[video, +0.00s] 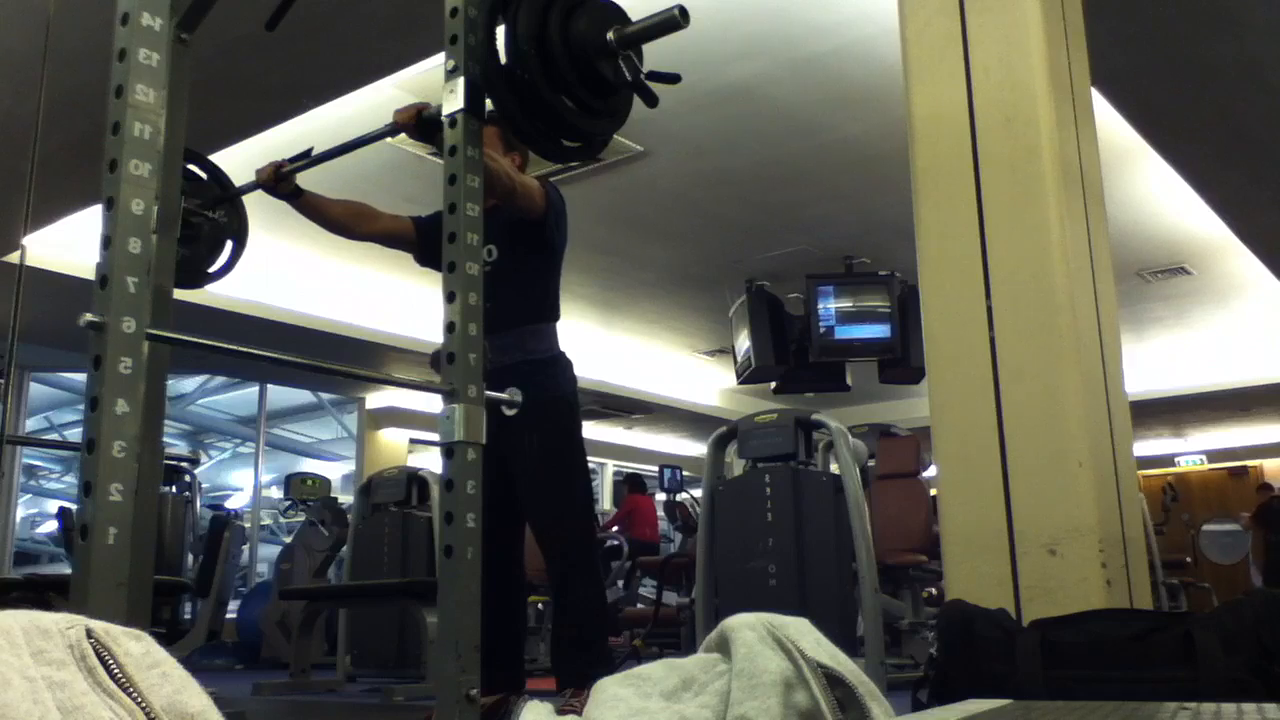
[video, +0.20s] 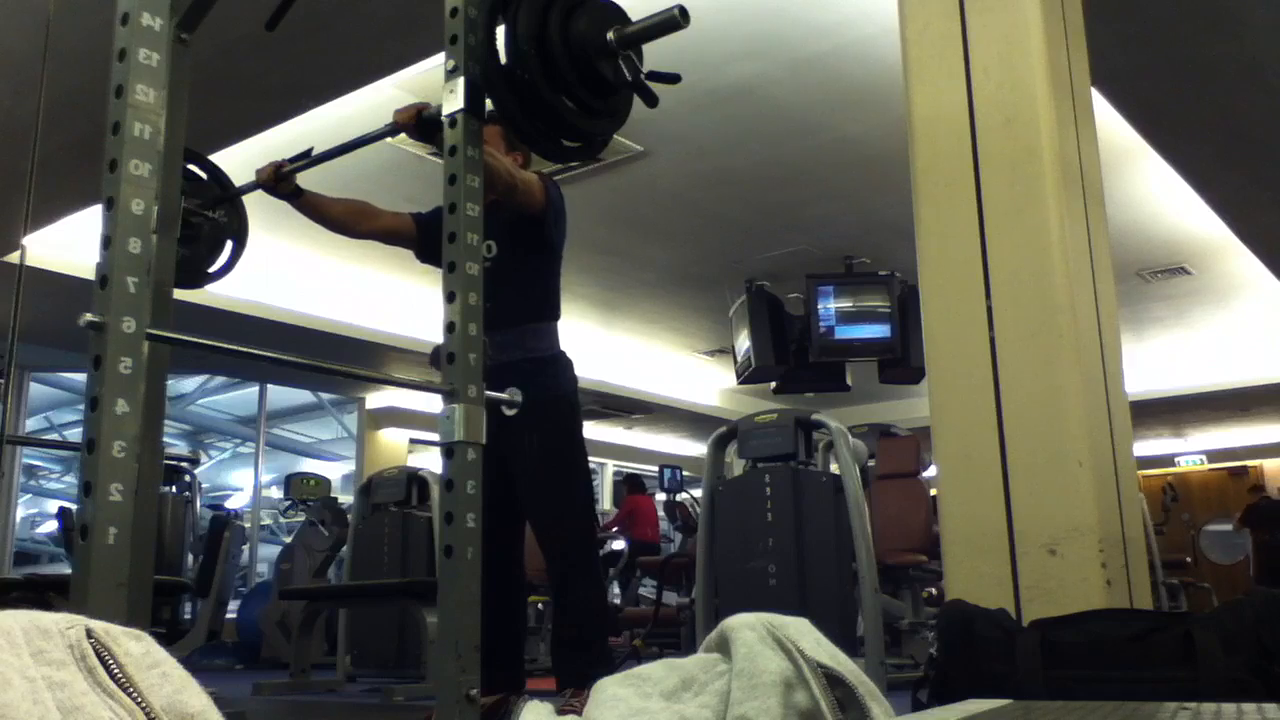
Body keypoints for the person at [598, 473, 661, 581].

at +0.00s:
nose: (624, 489)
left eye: (626, 486)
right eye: (624, 486)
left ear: (630, 486)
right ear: (642, 486)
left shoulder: (631, 500)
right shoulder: (649, 500)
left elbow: (616, 519)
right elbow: (633, 524)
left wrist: (601, 529)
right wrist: (614, 534)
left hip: (637, 546)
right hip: (654, 547)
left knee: (605, 553)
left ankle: (611, 586)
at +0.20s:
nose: (624, 490)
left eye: (625, 487)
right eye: (624, 487)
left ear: (629, 487)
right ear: (642, 486)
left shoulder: (631, 500)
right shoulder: (649, 500)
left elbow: (618, 520)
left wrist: (602, 529)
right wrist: (618, 531)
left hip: (637, 547)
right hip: (654, 547)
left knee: (604, 560)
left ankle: (601, 596)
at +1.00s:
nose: (624, 490)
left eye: (625, 487)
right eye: (625, 487)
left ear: (629, 486)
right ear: (642, 485)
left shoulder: (631, 500)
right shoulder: (649, 500)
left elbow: (617, 520)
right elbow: (636, 524)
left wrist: (600, 530)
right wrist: (617, 532)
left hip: (636, 545)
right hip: (653, 546)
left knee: (602, 553)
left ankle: (606, 590)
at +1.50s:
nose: (625, 490)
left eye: (627, 488)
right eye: (626, 488)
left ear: (630, 488)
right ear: (644, 488)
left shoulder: (631, 499)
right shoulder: (650, 501)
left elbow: (617, 519)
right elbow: (636, 523)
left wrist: (600, 530)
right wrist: (618, 532)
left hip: (637, 548)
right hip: (654, 548)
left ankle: (617, 602)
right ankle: (622, 600)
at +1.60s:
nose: (625, 491)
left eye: (627, 488)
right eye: (625, 488)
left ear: (631, 488)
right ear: (644, 488)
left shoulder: (631, 500)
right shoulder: (650, 501)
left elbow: (617, 519)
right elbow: (637, 523)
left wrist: (600, 530)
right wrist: (618, 533)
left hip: (636, 547)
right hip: (654, 547)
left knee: (610, 570)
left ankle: (616, 603)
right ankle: (623, 602)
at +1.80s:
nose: (625, 490)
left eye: (626, 486)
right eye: (625, 486)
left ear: (630, 486)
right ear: (643, 485)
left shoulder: (631, 500)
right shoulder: (649, 500)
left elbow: (616, 520)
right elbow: (634, 523)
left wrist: (601, 529)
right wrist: (615, 534)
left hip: (635, 546)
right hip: (653, 547)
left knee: (604, 554)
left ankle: (608, 588)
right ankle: (630, 590)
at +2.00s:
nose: (625, 490)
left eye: (626, 487)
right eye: (625, 487)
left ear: (629, 487)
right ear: (643, 486)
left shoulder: (631, 501)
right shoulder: (649, 501)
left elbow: (616, 521)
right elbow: (635, 525)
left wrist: (600, 530)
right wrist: (615, 533)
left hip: (637, 546)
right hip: (654, 546)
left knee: (602, 562)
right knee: (626, 573)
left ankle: (598, 602)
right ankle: (631, 603)